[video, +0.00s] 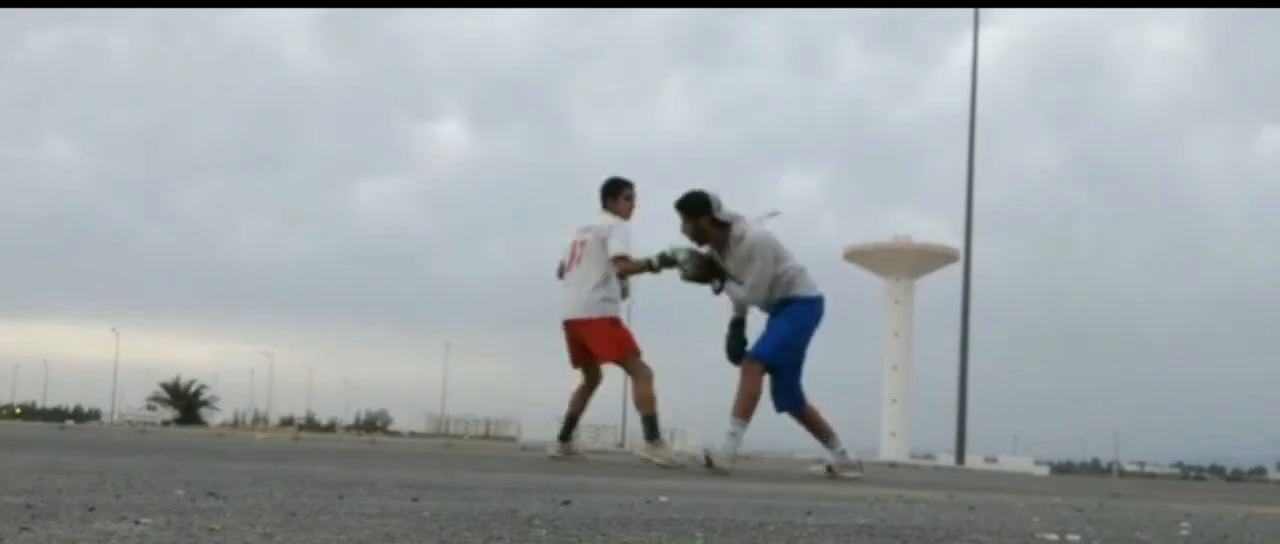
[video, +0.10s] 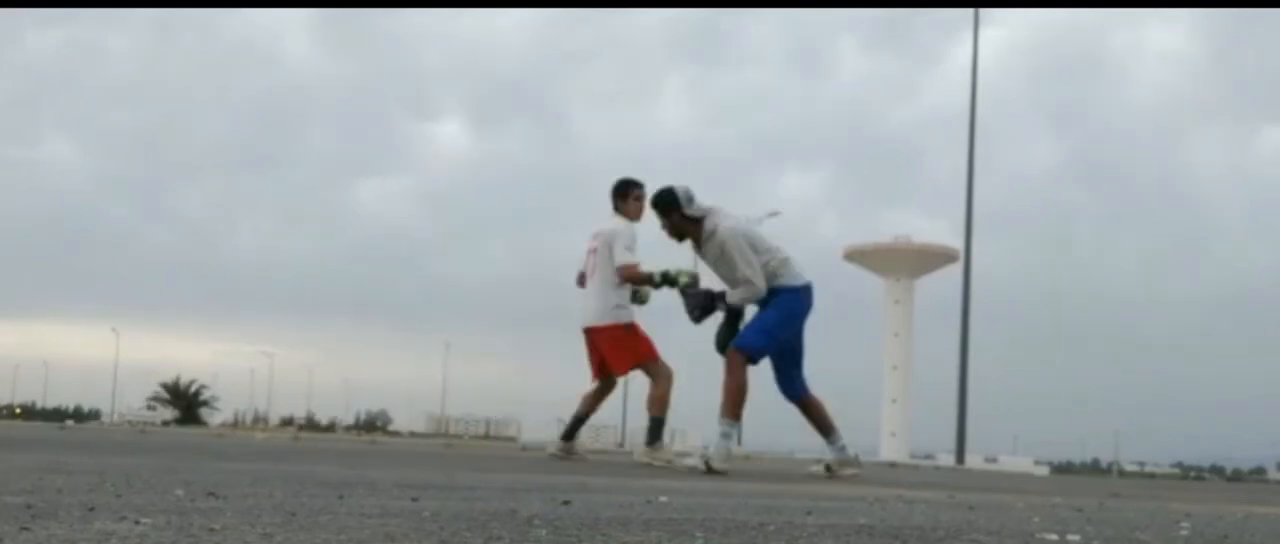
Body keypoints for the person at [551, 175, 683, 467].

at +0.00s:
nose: (633, 206)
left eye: (633, 200)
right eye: (628, 200)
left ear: (605, 202)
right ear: (614, 200)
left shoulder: (585, 231)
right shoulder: (616, 226)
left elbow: (563, 272)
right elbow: (622, 265)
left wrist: (611, 278)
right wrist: (654, 263)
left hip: (572, 316)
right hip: (599, 314)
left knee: (591, 378)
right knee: (641, 373)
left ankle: (564, 441)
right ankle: (654, 442)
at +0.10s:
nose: (642, 207)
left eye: (643, 201)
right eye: (638, 201)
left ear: (618, 203)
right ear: (622, 201)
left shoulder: (600, 233)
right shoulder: (623, 230)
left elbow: (583, 279)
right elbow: (628, 273)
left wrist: (629, 292)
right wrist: (663, 278)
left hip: (592, 322)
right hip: (616, 321)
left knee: (606, 382)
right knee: (661, 374)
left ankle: (566, 440)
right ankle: (654, 445)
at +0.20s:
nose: (650, 188)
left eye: (650, 181)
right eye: (646, 181)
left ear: (636, 181)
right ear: (633, 180)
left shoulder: (629, 213)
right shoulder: (626, 209)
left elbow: (608, 257)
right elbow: (616, 253)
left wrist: (653, 267)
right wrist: (649, 267)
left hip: (619, 304)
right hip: (630, 302)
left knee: (624, 371)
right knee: (669, 362)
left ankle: (581, 431)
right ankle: (663, 439)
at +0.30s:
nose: (662, 182)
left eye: (662, 176)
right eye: (656, 175)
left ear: (653, 176)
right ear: (642, 175)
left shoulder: (648, 208)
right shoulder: (636, 205)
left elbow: (638, 248)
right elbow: (617, 246)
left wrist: (667, 262)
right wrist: (653, 263)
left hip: (635, 297)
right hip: (642, 295)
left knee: (653, 366)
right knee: (676, 354)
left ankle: (613, 425)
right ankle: (670, 433)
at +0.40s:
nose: (668, 196)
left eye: (670, 189)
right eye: (663, 189)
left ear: (671, 190)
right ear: (655, 189)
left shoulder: (674, 224)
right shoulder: (650, 219)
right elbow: (635, 263)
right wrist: (661, 279)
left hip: (665, 307)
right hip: (645, 308)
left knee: (675, 370)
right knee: (679, 367)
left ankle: (652, 440)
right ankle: (676, 439)